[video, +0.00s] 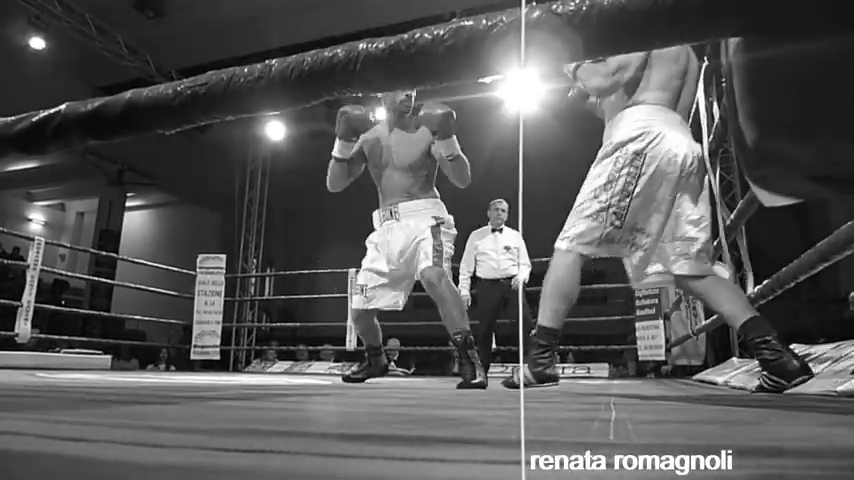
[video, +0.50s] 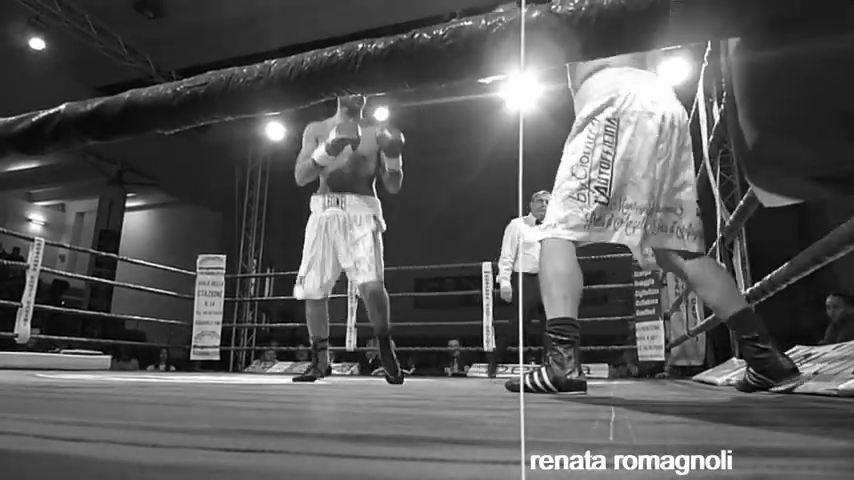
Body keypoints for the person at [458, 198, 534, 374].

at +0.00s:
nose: (499, 214)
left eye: (503, 211)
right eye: (496, 210)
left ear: (507, 215)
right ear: (488, 213)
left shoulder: (515, 236)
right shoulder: (476, 236)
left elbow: (525, 263)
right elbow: (466, 267)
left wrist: (521, 277)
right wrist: (464, 291)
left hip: (511, 284)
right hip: (486, 284)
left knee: (525, 321)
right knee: (484, 329)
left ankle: (531, 365)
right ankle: (481, 370)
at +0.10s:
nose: (507, 214)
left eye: (510, 211)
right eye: (503, 210)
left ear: (514, 215)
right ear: (495, 212)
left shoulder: (519, 237)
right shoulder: (482, 235)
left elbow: (527, 262)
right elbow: (471, 264)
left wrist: (528, 279)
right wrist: (468, 289)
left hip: (515, 284)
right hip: (490, 284)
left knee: (528, 323)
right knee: (487, 328)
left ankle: (542, 362)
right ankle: (481, 368)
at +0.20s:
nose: (514, 214)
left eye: (517, 211)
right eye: (511, 210)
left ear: (521, 215)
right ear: (502, 213)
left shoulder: (525, 239)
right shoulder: (488, 235)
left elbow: (531, 267)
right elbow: (476, 264)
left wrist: (535, 282)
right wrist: (474, 287)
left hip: (520, 285)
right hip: (495, 285)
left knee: (532, 323)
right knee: (490, 327)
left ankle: (544, 362)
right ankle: (481, 368)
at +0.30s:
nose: (524, 213)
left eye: (527, 211)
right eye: (521, 210)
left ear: (530, 216)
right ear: (512, 211)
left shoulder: (533, 239)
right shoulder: (496, 233)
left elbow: (537, 267)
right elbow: (484, 261)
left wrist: (540, 286)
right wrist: (482, 285)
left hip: (527, 284)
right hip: (503, 283)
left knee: (539, 321)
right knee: (495, 325)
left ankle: (544, 364)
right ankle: (481, 367)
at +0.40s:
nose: (537, 209)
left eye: (541, 206)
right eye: (533, 205)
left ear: (544, 210)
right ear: (525, 208)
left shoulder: (544, 232)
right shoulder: (510, 228)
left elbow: (548, 261)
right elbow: (498, 258)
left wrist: (548, 286)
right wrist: (496, 284)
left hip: (535, 280)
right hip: (512, 279)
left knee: (545, 320)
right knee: (507, 323)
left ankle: (548, 364)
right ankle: (482, 365)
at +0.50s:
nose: (544, 206)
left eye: (547, 202)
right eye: (540, 202)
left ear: (551, 206)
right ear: (530, 205)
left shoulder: (551, 227)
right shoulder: (517, 225)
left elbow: (556, 256)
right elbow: (506, 255)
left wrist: (555, 280)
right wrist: (504, 281)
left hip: (544, 276)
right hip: (523, 275)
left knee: (549, 318)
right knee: (519, 320)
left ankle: (549, 360)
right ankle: (496, 358)